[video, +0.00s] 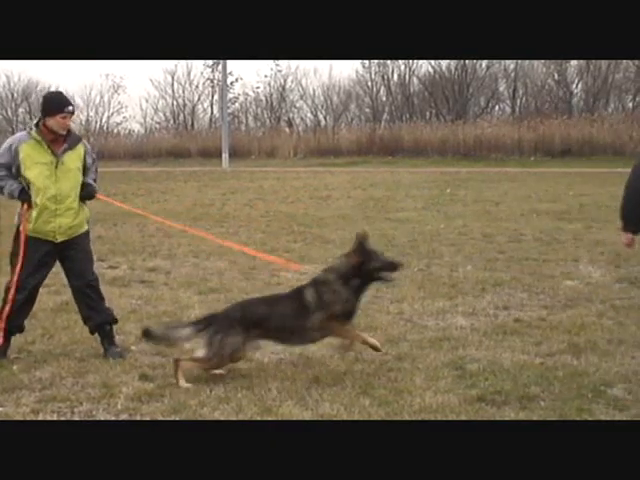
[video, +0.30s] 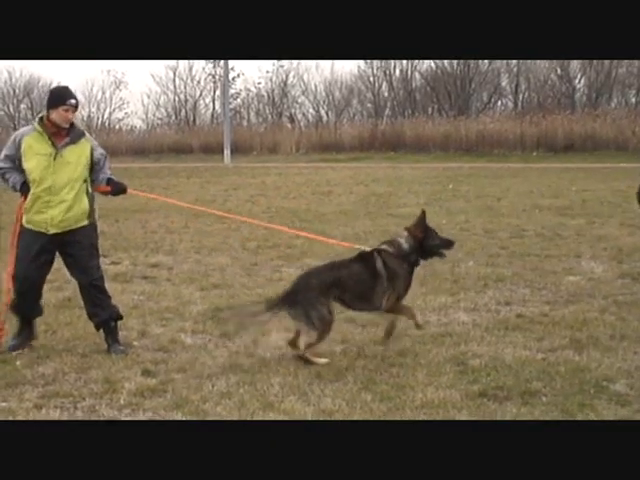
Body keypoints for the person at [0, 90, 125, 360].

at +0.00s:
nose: (67, 121)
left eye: (70, 116)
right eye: (62, 116)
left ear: (72, 117)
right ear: (46, 117)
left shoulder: (80, 146)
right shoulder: (18, 145)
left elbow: (91, 168)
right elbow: (3, 175)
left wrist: (89, 185)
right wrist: (17, 190)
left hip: (74, 230)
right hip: (36, 232)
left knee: (87, 283)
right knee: (22, 288)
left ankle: (108, 341)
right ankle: (4, 340)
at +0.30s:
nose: (70, 115)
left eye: (73, 110)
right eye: (65, 109)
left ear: (76, 112)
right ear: (50, 109)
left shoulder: (85, 142)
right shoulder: (23, 138)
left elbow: (100, 171)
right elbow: (6, 165)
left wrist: (107, 184)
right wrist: (20, 183)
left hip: (77, 225)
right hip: (36, 225)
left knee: (92, 279)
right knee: (24, 279)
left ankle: (111, 337)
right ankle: (25, 328)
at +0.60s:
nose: (70, 102)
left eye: (72, 97)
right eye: (65, 97)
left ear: (72, 99)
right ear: (48, 98)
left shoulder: (83, 130)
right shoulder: (20, 128)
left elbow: (99, 161)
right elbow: (4, 156)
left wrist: (116, 173)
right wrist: (20, 174)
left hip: (81, 211)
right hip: (41, 214)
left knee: (93, 265)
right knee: (43, 269)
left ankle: (111, 322)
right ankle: (48, 317)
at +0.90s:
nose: (87, 104)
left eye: (88, 99)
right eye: (82, 100)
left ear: (84, 100)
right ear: (65, 100)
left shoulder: (92, 128)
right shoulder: (34, 124)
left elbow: (99, 157)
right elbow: (9, 154)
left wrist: (102, 170)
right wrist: (33, 173)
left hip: (89, 209)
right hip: (52, 211)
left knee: (105, 261)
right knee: (41, 267)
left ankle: (117, 314)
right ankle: (27, 310)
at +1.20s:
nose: (80, 96)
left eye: (80, 91)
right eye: (75, 91)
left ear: (72, 93)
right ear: (58, 92)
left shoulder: (81, 124)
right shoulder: (26, 116)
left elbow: (88, 159)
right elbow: (3, 144)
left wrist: (107, 166)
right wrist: (22, 164)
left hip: (76, 205)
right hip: (40, 206)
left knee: (90, 258)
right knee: (31, 264)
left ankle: (110, 310)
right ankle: (11, 315)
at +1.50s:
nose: (55, 97)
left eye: (57, 92)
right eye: (50, 92)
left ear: (54, 93)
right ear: (33, 92)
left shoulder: (59, 126)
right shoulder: (7, 120)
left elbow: (67, 161)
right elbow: (3, 157)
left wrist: (85, 166)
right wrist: (5, 173)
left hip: (52, 206)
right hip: (15, 207)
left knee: (67, 260)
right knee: (4, 266)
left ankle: (89, 310)